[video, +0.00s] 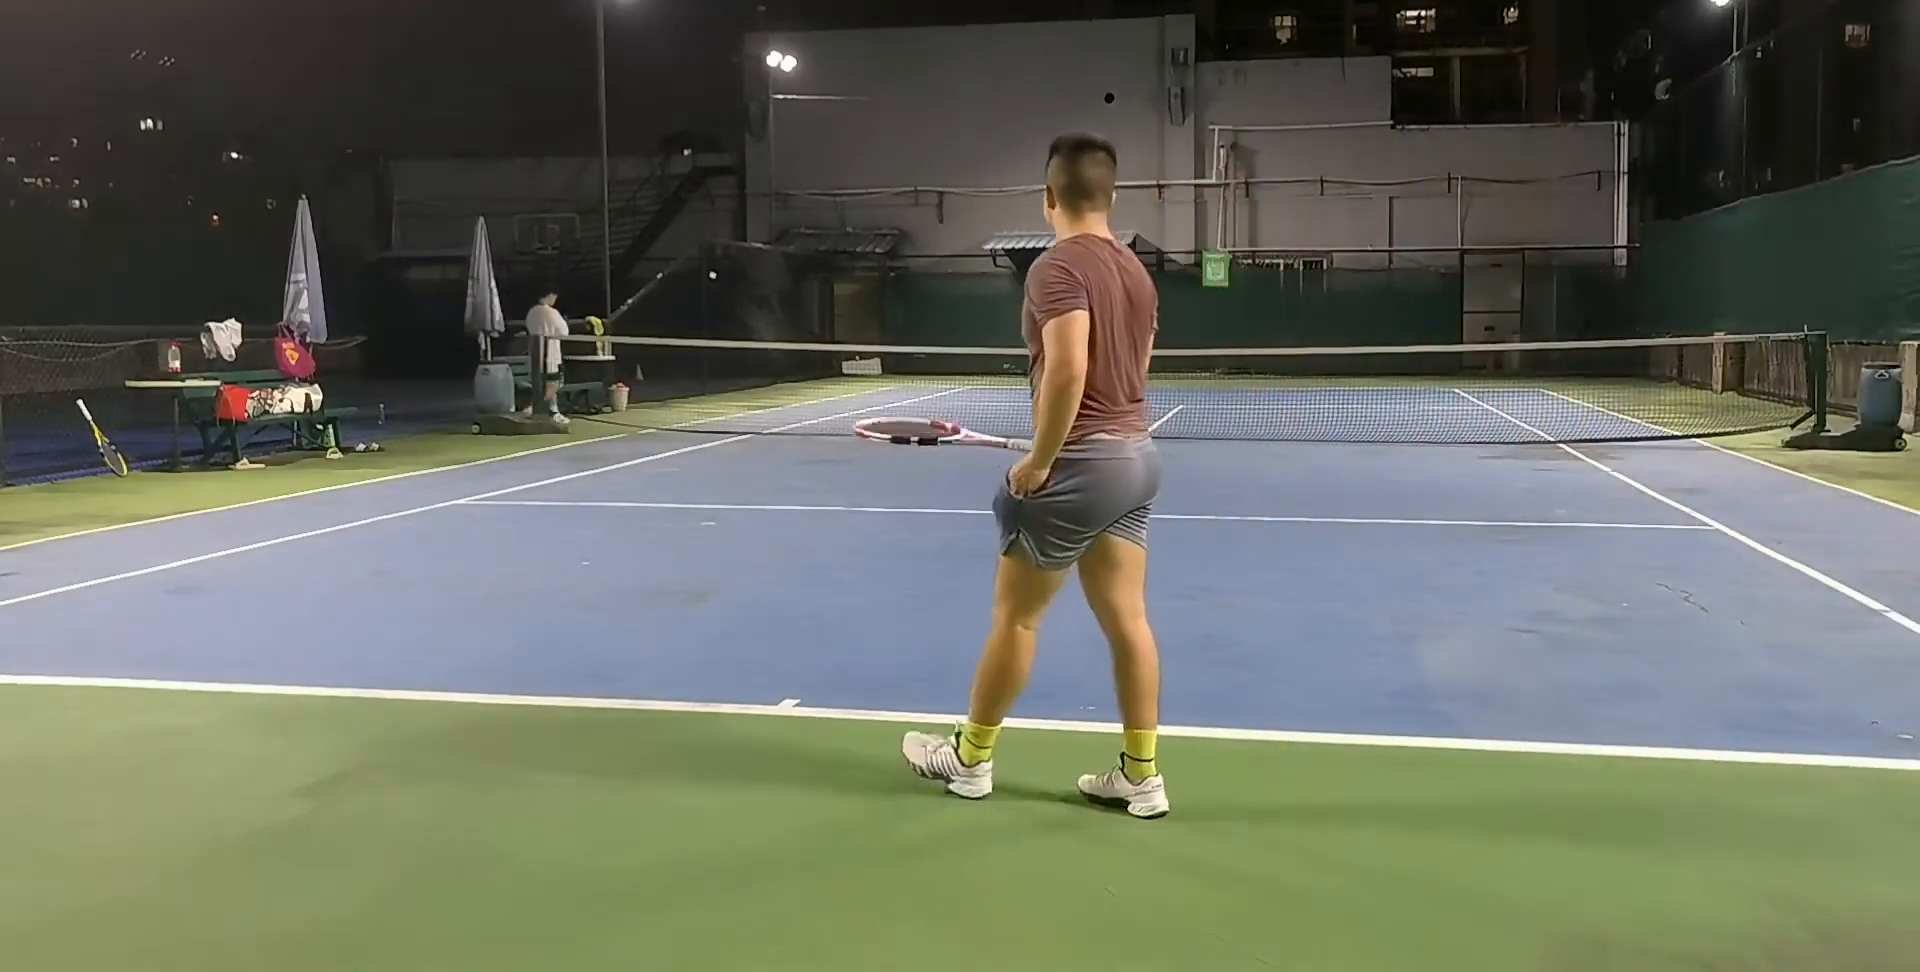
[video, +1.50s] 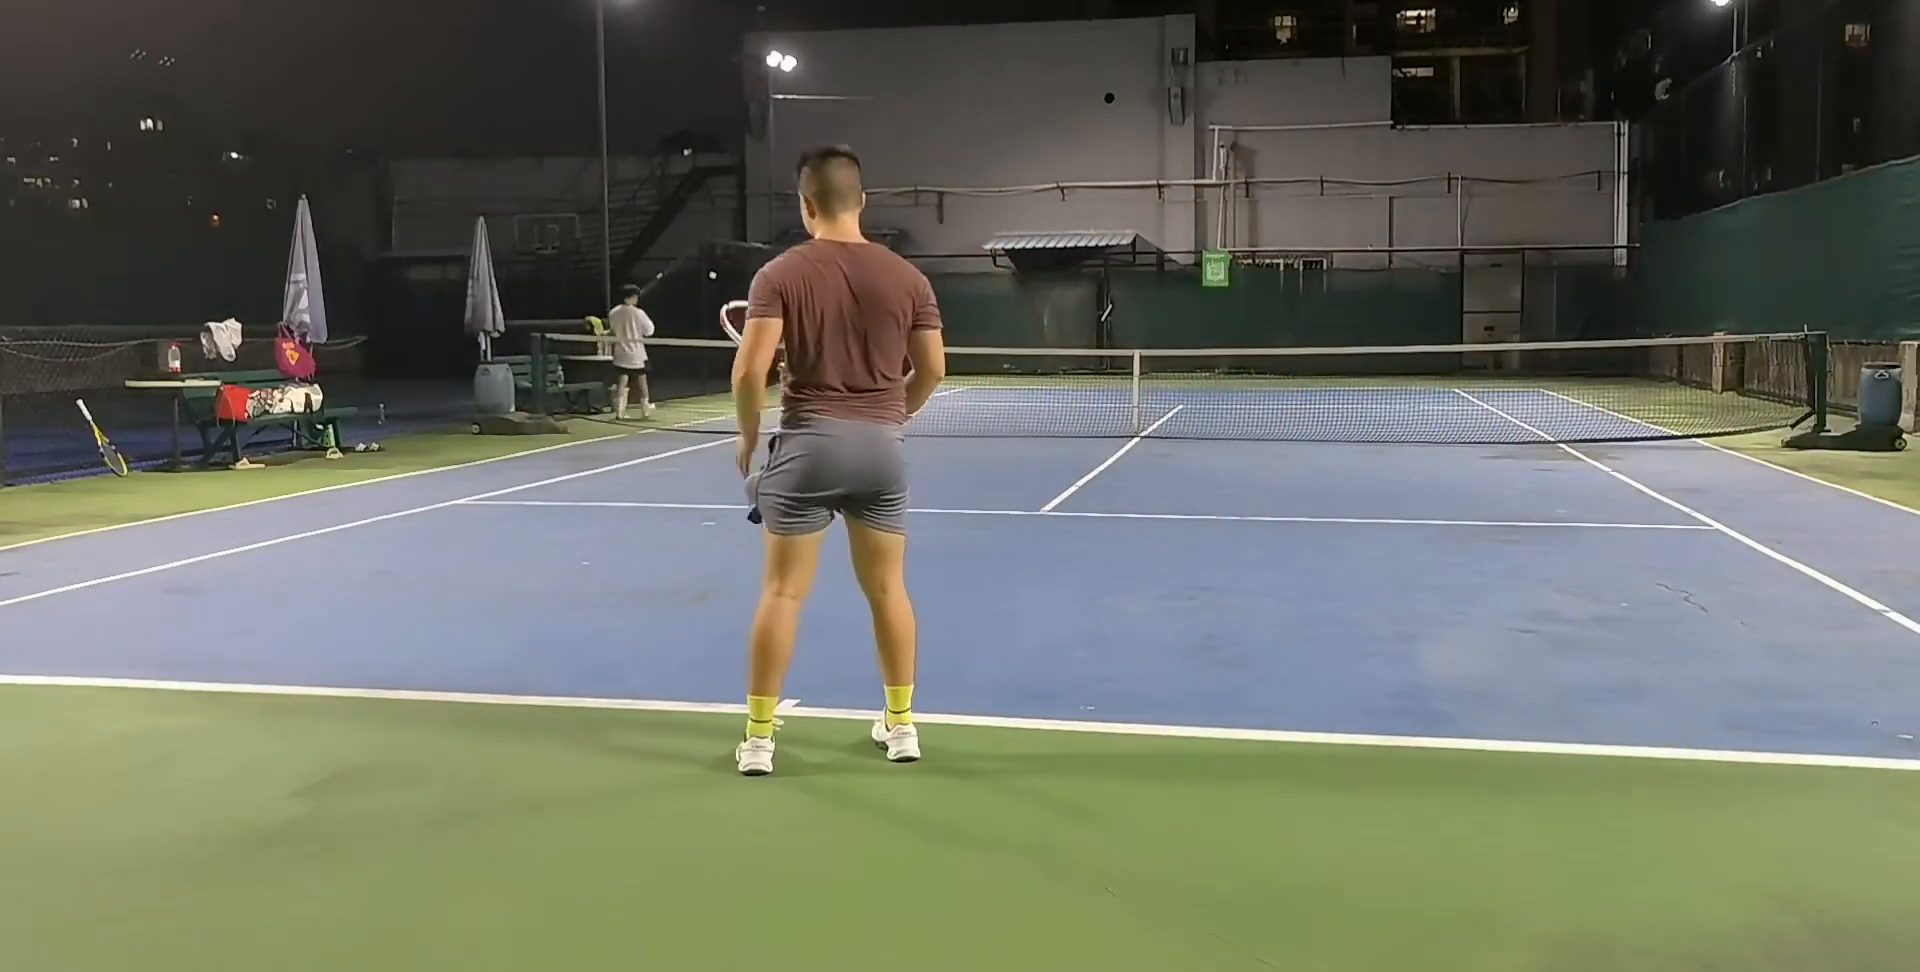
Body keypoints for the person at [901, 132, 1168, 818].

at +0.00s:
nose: (1044, 204)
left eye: (1044, 195)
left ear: (1049, 197)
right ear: (1113, 198)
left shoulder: (1056, 269)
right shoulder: (1136, 273)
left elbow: (1068, 370)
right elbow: (1129, 379)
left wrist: (1040, 459)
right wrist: (1051, 434)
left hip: (1076, 461)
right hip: (1134, 455)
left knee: (1016, 615)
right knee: (1126, 615)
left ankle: (970, 757)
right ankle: (1140, 774)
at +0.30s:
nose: (954, 208)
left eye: (954, 199)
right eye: (959, 198)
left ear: (961, 201)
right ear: (1019, 196)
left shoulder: (968, 271)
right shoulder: (1064, 270)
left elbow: (978, 380)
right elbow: (1080, 379)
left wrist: (948, 457)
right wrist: (1058, 436)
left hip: (994, 452)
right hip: (1058, 452)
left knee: (964, 604)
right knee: (1041, 595)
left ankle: (962, 756)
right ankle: (1113, 734)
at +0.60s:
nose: (897, 213)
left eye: (896, 204)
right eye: (900, 205)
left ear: (903, 203)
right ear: (962, 197)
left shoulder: (910, 265)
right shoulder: (1014, 266)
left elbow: (910, 363)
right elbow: (1053, 365)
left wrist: (897, 449)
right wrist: (1079, 439)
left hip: (941, 447)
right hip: (1008, 448)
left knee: (946, 604)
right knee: (969, 588)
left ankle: (962, 760)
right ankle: (972, 735)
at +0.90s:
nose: (879, 216)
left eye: (877, 207)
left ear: (881, 207)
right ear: (940, 207)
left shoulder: (873, 264)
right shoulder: (979, 278)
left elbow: (840, 351)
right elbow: (1008, 376)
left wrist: (826, 425)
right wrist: (1015, 455)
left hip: (899, 447)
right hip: (966, 450)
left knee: (920, 610)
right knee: (920, 597)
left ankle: (961, 756)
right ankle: (902, 725)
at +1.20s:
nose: (854, 209)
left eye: (853, 201)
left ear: (858, 204)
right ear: (914, 203)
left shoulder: (834, 268)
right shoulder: (950, 277)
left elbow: (814, 367)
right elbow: (965, 381)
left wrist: (806, 452)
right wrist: (929, 424)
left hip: (860, 441)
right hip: (929, 442)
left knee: (813, 578)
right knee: (910, 584)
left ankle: (861, 708)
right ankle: (903, 725)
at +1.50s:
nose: (803, 211)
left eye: (802, 203)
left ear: (805, 205)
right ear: (863, 203)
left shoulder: (781, 275)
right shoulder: (907, 276)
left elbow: (750, 372)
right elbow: (931, 367)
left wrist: (747, 439)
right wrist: (897, 410)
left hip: (807, 444)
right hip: (881, 443)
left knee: (782, 590)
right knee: (889, 588)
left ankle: (759, 738)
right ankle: (900, 725)